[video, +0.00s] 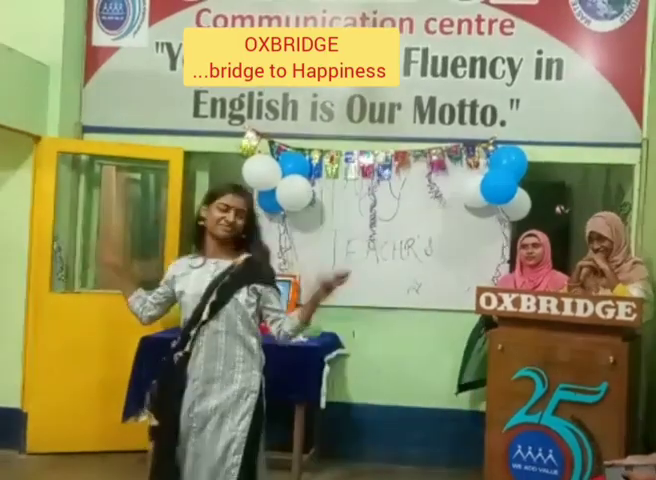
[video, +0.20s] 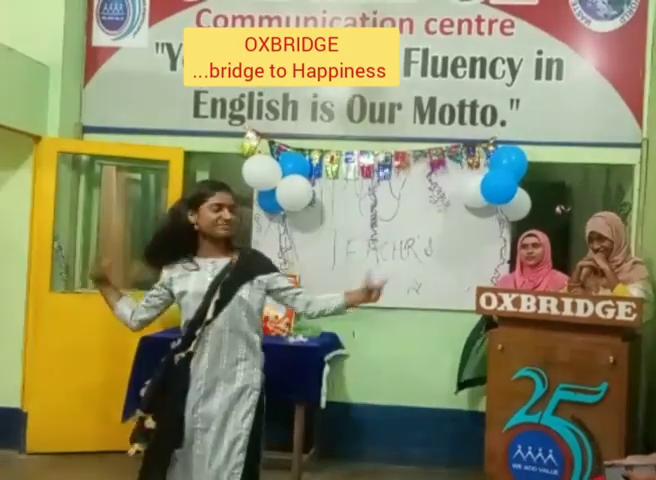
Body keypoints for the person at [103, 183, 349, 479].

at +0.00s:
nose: (230, 218)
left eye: (239, 215)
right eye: (223, 209)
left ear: (245, 225)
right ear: (204, 213)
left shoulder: (255, 270)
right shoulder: (183, 267)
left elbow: (282, 332)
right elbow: (148, 312)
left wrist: (318, 296)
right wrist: (120, 274)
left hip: (239, 387)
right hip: (193, 386)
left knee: (229, 469)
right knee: (188, 467)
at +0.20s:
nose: (227, 215)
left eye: (231, 209)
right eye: (216, 208)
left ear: (238, 216)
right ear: (194, 218)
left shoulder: (254, 265)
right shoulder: (178, 270)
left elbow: (305, 303)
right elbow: (136, 317)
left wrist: (355, 297)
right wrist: (107, 287)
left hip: (240, 387)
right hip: (191, 385)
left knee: (227, 471)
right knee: (181, 467)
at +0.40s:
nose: (219, 217)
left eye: (228, 209)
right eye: (213, 213)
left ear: (250, 215)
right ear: (209, 223)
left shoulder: (282, 269)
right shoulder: (205, 272)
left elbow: (342, 293)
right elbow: (144, 296)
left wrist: (401, 286)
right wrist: (103, 259)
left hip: (259, 389)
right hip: (209, 385)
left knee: (246, 467)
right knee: (199, 464)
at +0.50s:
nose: (228, 218)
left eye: (237, 210)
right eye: (223, 212)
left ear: (261, 214)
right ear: (221, 220)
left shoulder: (293, 269)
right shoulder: (220, 270)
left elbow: (353, 297)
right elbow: (157, 294)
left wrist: (420, 295)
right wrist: (108, 264)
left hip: (269, 382)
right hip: (223, 379)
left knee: (256, 461)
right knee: (217, 461)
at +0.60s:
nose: (234, 218)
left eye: (243, 211)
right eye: (230, 212)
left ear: (267, 217)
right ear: (228, 219)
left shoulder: (295, 270)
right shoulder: (224, 266)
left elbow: (354, 299)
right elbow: (170, 296)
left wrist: (422, 301)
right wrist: (119, 264)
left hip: (270, 383)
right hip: (224, 379)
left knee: (260, 464)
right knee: (221, 462)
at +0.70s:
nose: (238, 223)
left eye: (247, 217)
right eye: (235, 216)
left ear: (272, 222)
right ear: (232, 221)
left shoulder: (296, 276)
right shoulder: (227, 267)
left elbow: (354, 308)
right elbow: (182, 301)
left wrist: (405, 297)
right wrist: (149, 270)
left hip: (268, 386)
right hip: (221, 380)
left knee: (257, 465)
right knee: (216, 461)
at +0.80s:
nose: (239, 229)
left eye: (250, 222)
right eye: (236, 221)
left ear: (274, 227)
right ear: (231, 222)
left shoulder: (293, 278)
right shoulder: (227, 271)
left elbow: (327, 326)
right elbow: (182, 307)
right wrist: (154, 270)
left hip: (270, 384)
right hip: (224, 380)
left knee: (264, 465)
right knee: (219, 462)